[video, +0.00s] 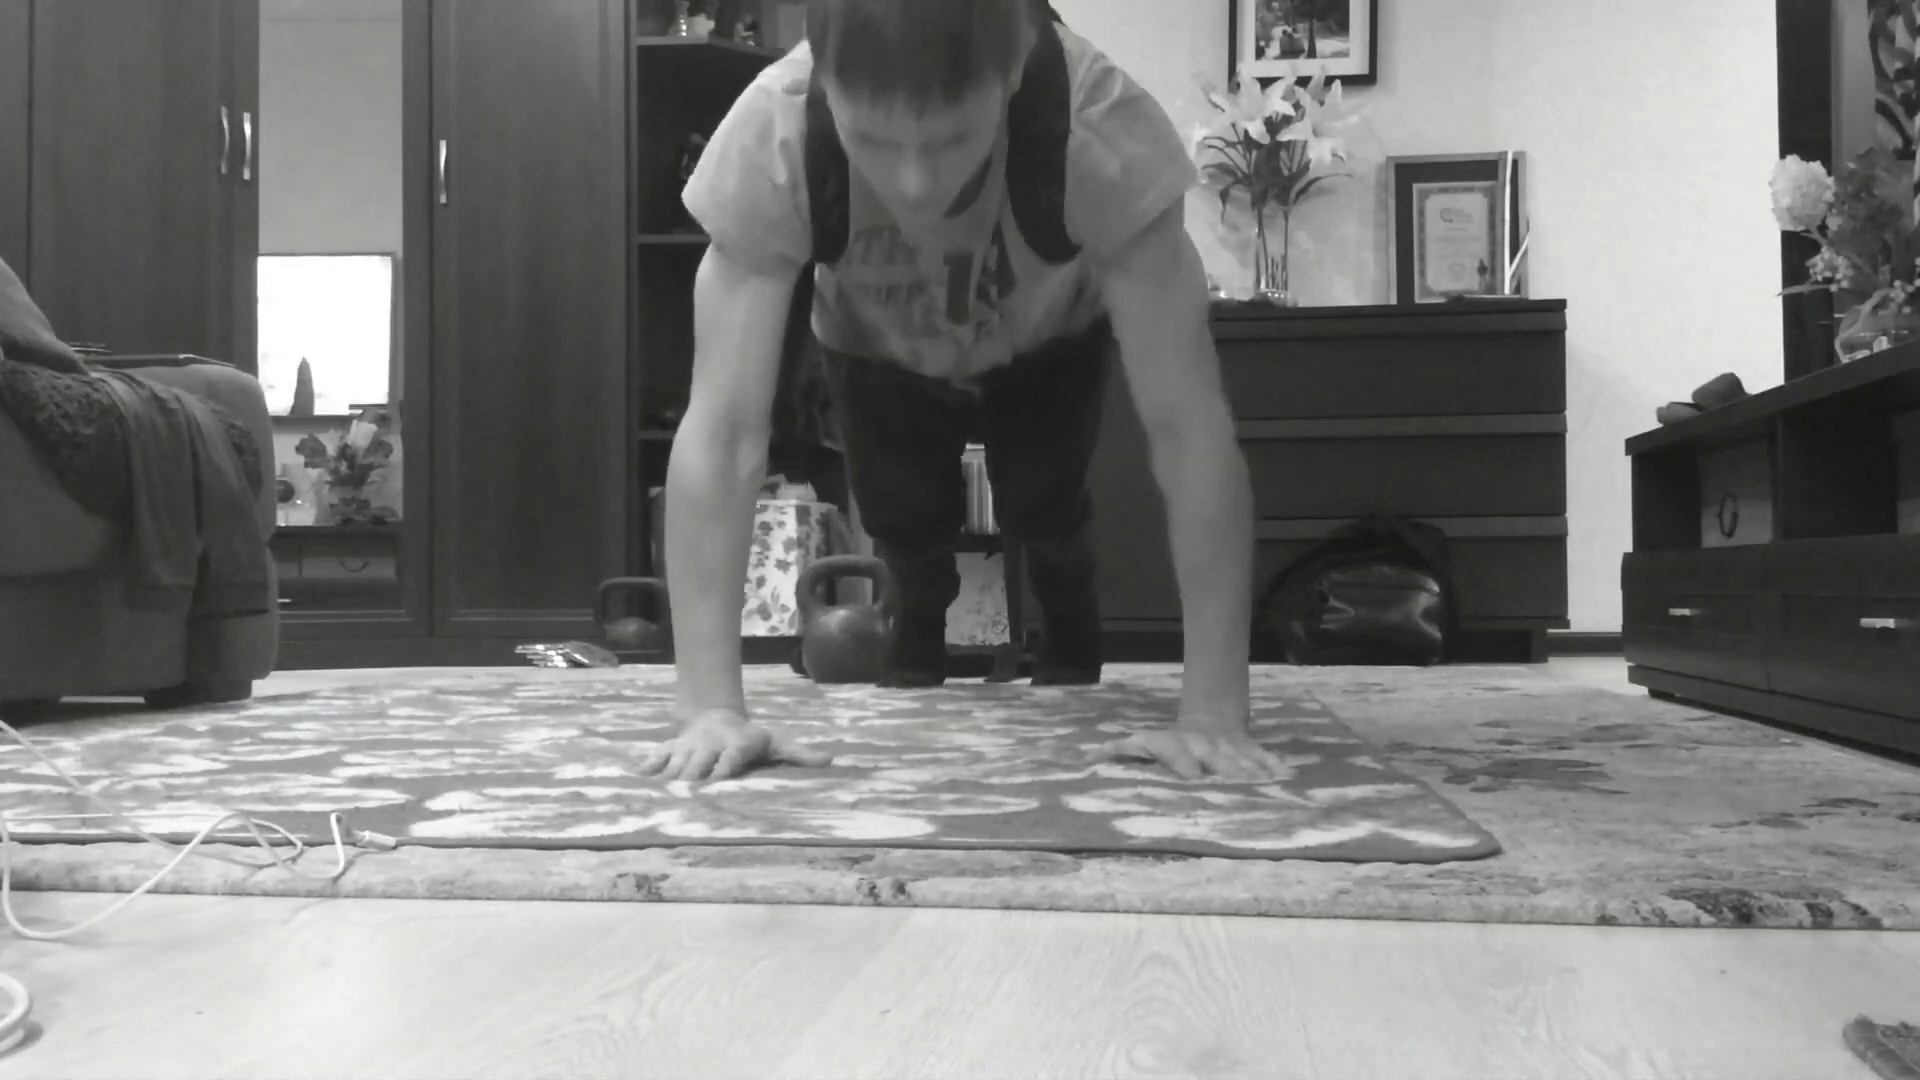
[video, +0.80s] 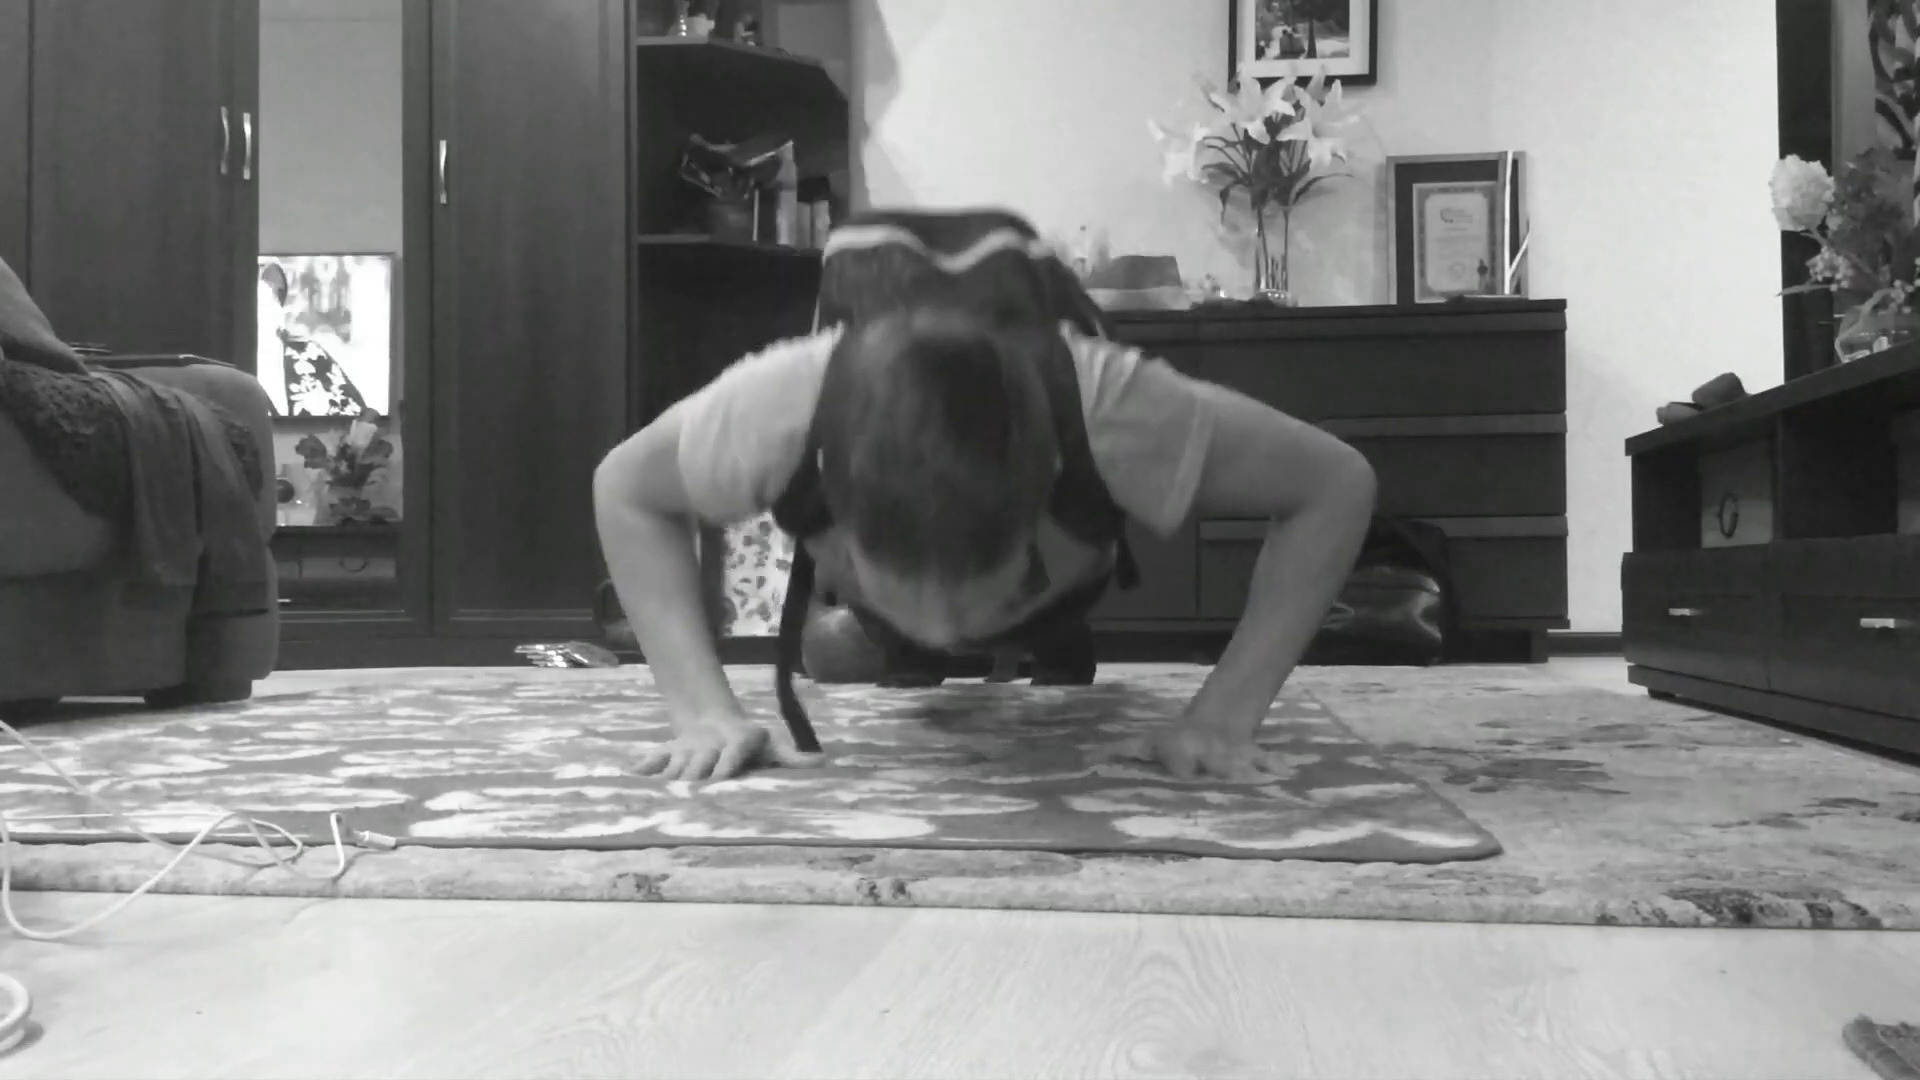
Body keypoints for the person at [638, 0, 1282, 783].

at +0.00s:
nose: (915, 182)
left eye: (950, 144)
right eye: (876, 144)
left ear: (1012, 78)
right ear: (831, 93)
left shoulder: (1103, 142)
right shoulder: (774, 147)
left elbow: (1193, 431)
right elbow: (719, 438)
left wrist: (1215, 712)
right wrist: (710, 708)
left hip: (1047, 338)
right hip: (876, 343)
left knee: (1049, 524)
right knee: (901, 525)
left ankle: (1069, 667)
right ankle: (914, 613)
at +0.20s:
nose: (921, 285)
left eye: (952, 244)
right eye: (884, 250)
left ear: (1013, 162)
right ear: (830, 180)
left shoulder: (1104, 187)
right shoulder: (763, 196)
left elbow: (1247, 450)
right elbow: (691, 448)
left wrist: (1219, 712)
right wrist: (706, 707)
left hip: (1045, 396)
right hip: (874, 402)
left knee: (1044, 546)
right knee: (902, 554)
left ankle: (1051, 606)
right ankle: (918, 613)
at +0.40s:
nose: (930, 401)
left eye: (962, 363)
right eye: (894, 367)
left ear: (1030, 273)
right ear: (836, 275)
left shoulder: (1107, 253)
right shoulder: (765, 264)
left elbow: (1295, 460)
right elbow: (662, 465)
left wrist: (1228, 707)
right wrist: (705, 708)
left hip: (1047, 468)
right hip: (880, 481)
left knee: (1043, 566)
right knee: (909, 585)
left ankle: (1048, 616)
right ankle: (915, 626)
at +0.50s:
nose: (939, 502)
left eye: (980, 465)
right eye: (896, 469)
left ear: (1040, 353)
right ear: (840, 366)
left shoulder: (1117, 314)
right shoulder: (772, 312)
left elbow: (1315, 470)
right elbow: (649, 475)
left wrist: (1227, 709)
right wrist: (702, 704)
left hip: (1052, 503)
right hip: (881, 524)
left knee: (1044, 581)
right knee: (908, 601)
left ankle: (1051, 625)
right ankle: (917, 639)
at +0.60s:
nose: (947, 548)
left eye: (984, 512)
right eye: (901, 523)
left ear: (1049, 398)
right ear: (841, 425)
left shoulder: (1125, 349)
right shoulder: (771, 348)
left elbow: (1323, 476)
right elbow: (644, 477)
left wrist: (1233, 704)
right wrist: (700, 705)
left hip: (1056, 521)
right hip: (883, 544)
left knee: (1045, 587)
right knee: (904, 606)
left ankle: (1048, 627)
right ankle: (918, 632)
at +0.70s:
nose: (948, 600)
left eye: (993, 563)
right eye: (904, 572)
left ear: (1052, 450)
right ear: (838, 464)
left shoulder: (1121, 370)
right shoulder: (770, 372)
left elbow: (1332, 480)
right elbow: (636, 482)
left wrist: (1233, 706)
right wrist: (704, 710)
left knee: (1051, 596)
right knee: (885, 640)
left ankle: (1052, 629)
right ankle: (898, 636)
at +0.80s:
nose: (944, 643)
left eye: (983, 601)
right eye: (902, 605)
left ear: (1056, 492)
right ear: (832, 498)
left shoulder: (1124, 411)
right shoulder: (771, 413)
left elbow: (1337, 485)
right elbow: (628, 488)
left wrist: (1228, 712)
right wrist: (699, 705)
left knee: (1052, 661)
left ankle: (1042, 652)